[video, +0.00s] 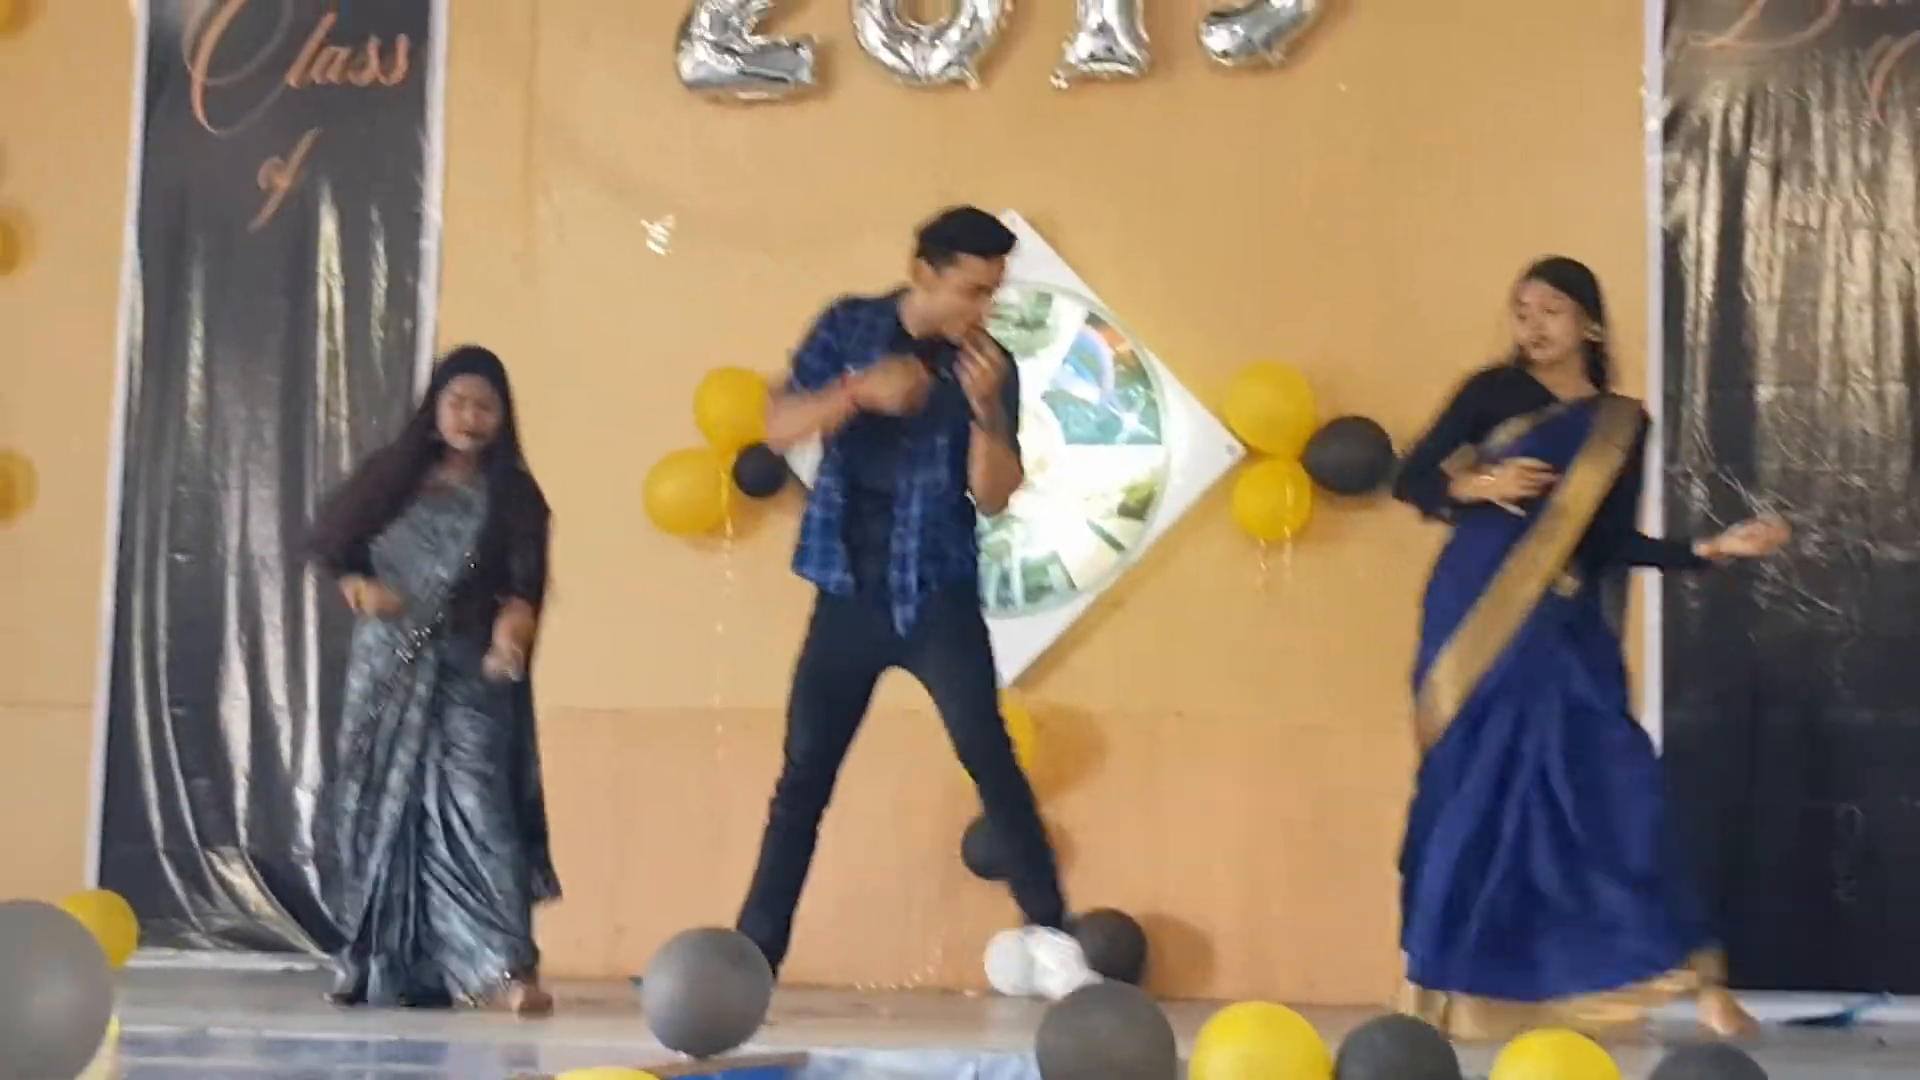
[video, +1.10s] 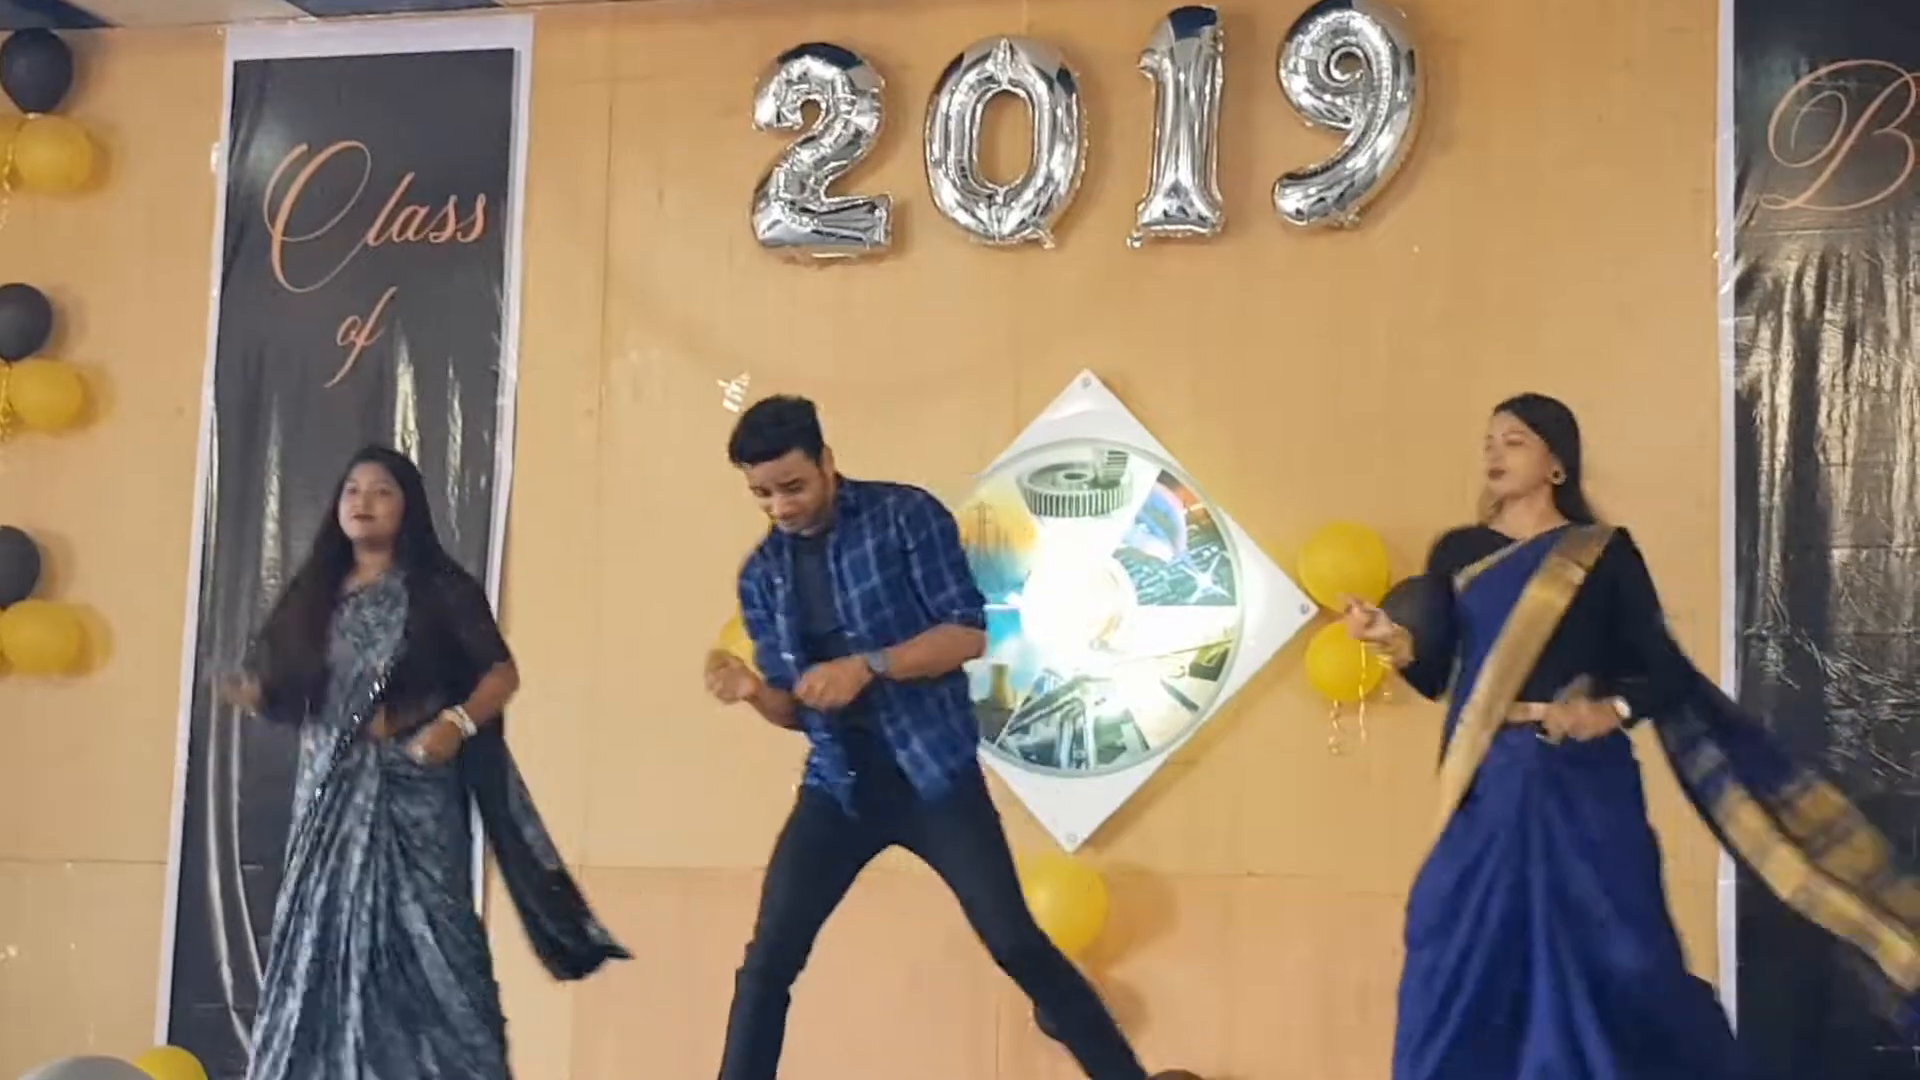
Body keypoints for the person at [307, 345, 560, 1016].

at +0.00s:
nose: (467, 414)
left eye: (482, 404)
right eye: (456, 400)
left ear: (502, 415)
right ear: (434, 404)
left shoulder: (515, 493)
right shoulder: (392, 471)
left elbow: (526, 579)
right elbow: (328, 538)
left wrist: (509, 636)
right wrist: (355, 583)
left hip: (470, 672)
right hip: (388, 668)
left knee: (480, 811)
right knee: (385, 809)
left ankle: (506, 969)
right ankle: (378, 963)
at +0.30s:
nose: (544, 412)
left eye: (558, 399)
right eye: (530, 399)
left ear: (582, 408)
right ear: (510, 408)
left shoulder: (607, 491)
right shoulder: (472, 480)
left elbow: (621, 593)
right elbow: (434, 576)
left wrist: (610, 599)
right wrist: (452, 598)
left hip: (563, 691)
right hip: (476, 688)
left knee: (566, 847)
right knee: (473, 840)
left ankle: (576, 1024)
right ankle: (474, 1008)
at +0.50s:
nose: (544, 474)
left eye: (559, 460)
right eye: (530, 463)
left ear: (583, 469)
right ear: (513, 475)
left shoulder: (619, 553)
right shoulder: (479, 549)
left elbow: (647, 660)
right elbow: (432, 647)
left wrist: (603, 621)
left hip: (577, 746)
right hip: (487, 748)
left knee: (571, 914)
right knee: (485, 911)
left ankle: (569, 1062)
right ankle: (482, 1062)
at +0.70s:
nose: (481, 521)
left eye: (497, 506)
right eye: (470, 509)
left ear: (530, 512)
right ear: (459, 521)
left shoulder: (589, 587)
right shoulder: (451, 602)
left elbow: (632, 682)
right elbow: (428, 697)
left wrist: (568, 711)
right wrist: (420, 751)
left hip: (550, 797)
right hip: (464, 797)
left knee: (543, 954)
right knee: (427, 945)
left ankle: (539, 1069)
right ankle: (455, 1068)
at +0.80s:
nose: (445, 530)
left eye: (460, 516)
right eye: (434, 520)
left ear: (494, 522)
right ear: (423, 534)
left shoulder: (545, 592)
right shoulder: (420, 618)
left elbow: (609, 686)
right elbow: (404, 718)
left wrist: (551, 740)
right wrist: (394, 763)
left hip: (522, 803)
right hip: (437, 808)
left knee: (519, 966)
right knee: (418, 962)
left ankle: (516, 1068)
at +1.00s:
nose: (382, 532)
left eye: (399, 521)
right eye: (371, 521)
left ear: (427, 536)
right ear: (357, 536)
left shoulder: (469, 617)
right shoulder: (339, 625)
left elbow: (526, 706)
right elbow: (322, 723)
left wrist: (490, 762)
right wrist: (295, 755)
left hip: (442, 823)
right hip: (356, 823)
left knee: (441, 983)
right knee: (340, 977)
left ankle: (447, 1073)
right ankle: (338, 1072)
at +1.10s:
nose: (361, 502)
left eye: (379, 492)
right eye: (351, 491)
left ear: (407, 508)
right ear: (337, 505)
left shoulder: (442, 585)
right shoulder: (316, 590)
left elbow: (503, 673)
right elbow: (291, 688)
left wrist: (457, 722)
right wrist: (254, 693)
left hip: (417, 788)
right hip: (334, 789)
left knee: (420, 949)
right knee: (325, 945)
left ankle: (428, 1069)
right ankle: (322, 1068)